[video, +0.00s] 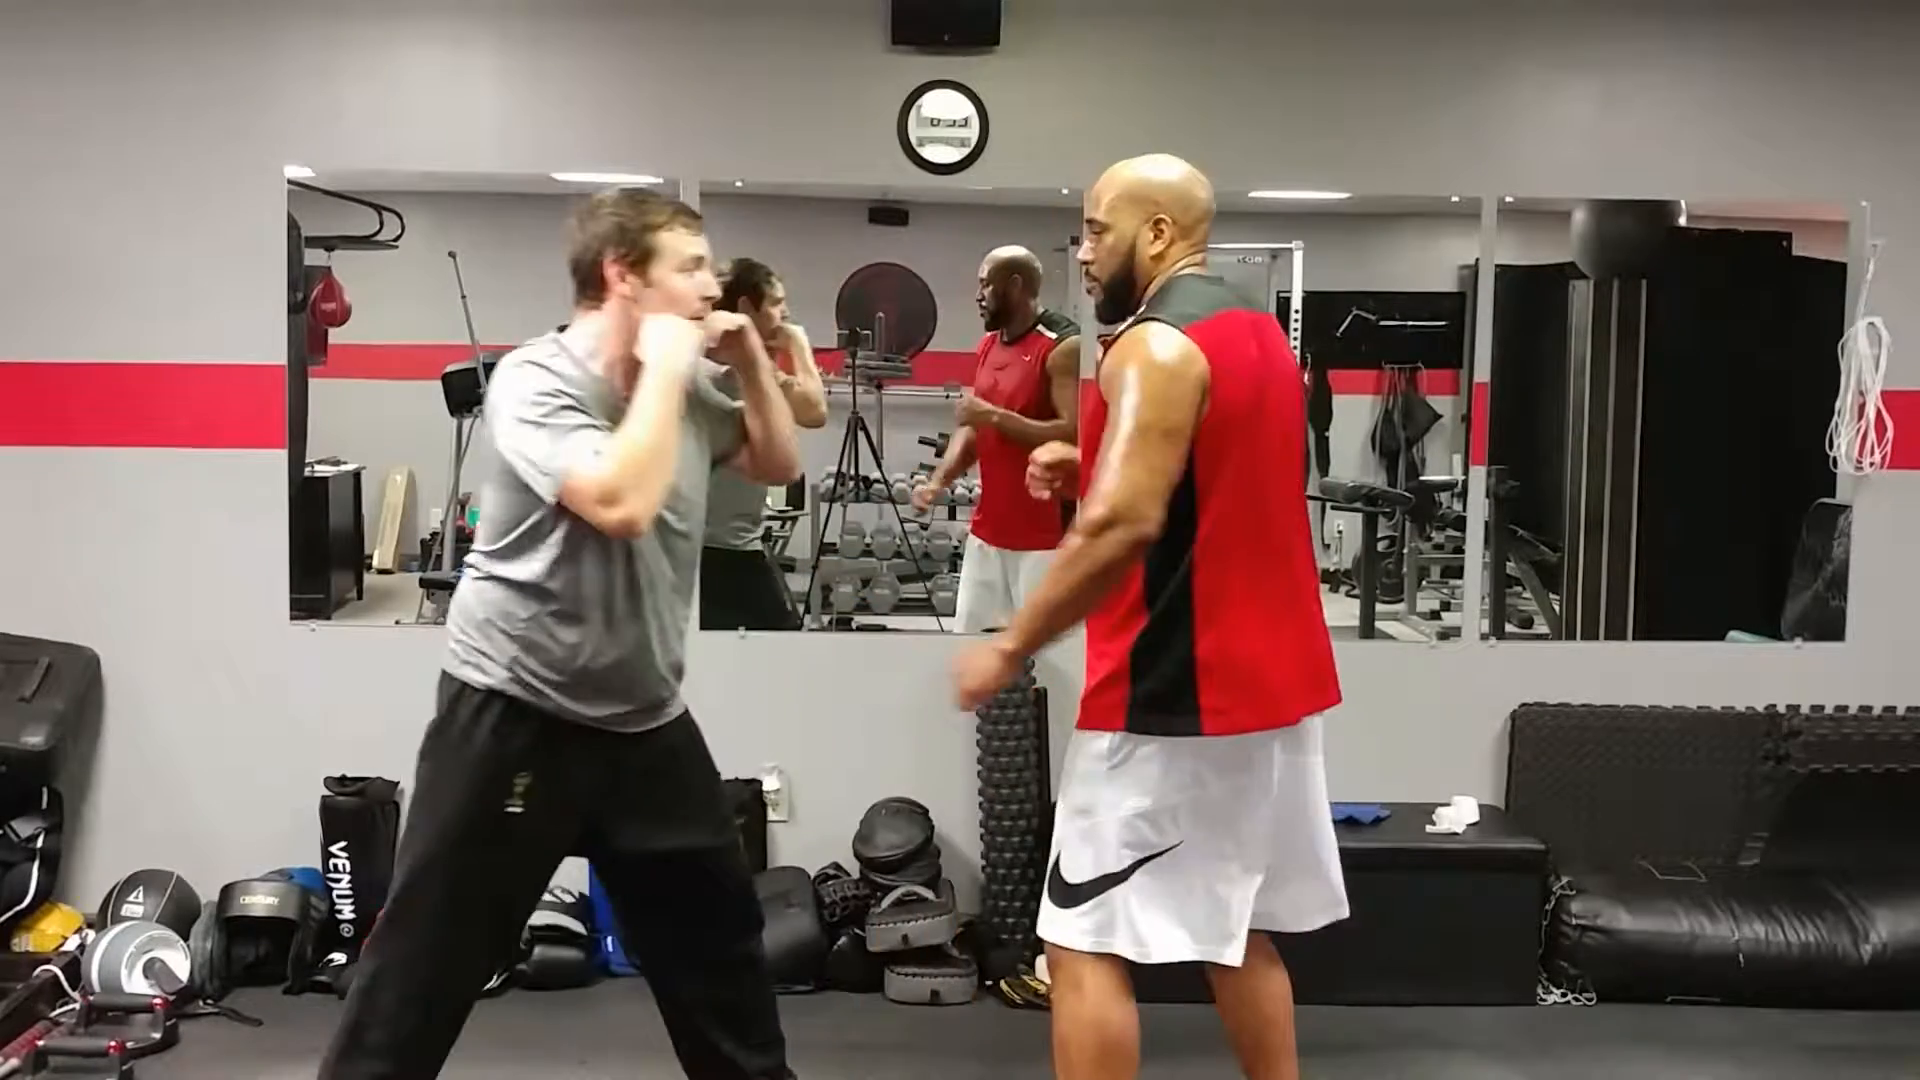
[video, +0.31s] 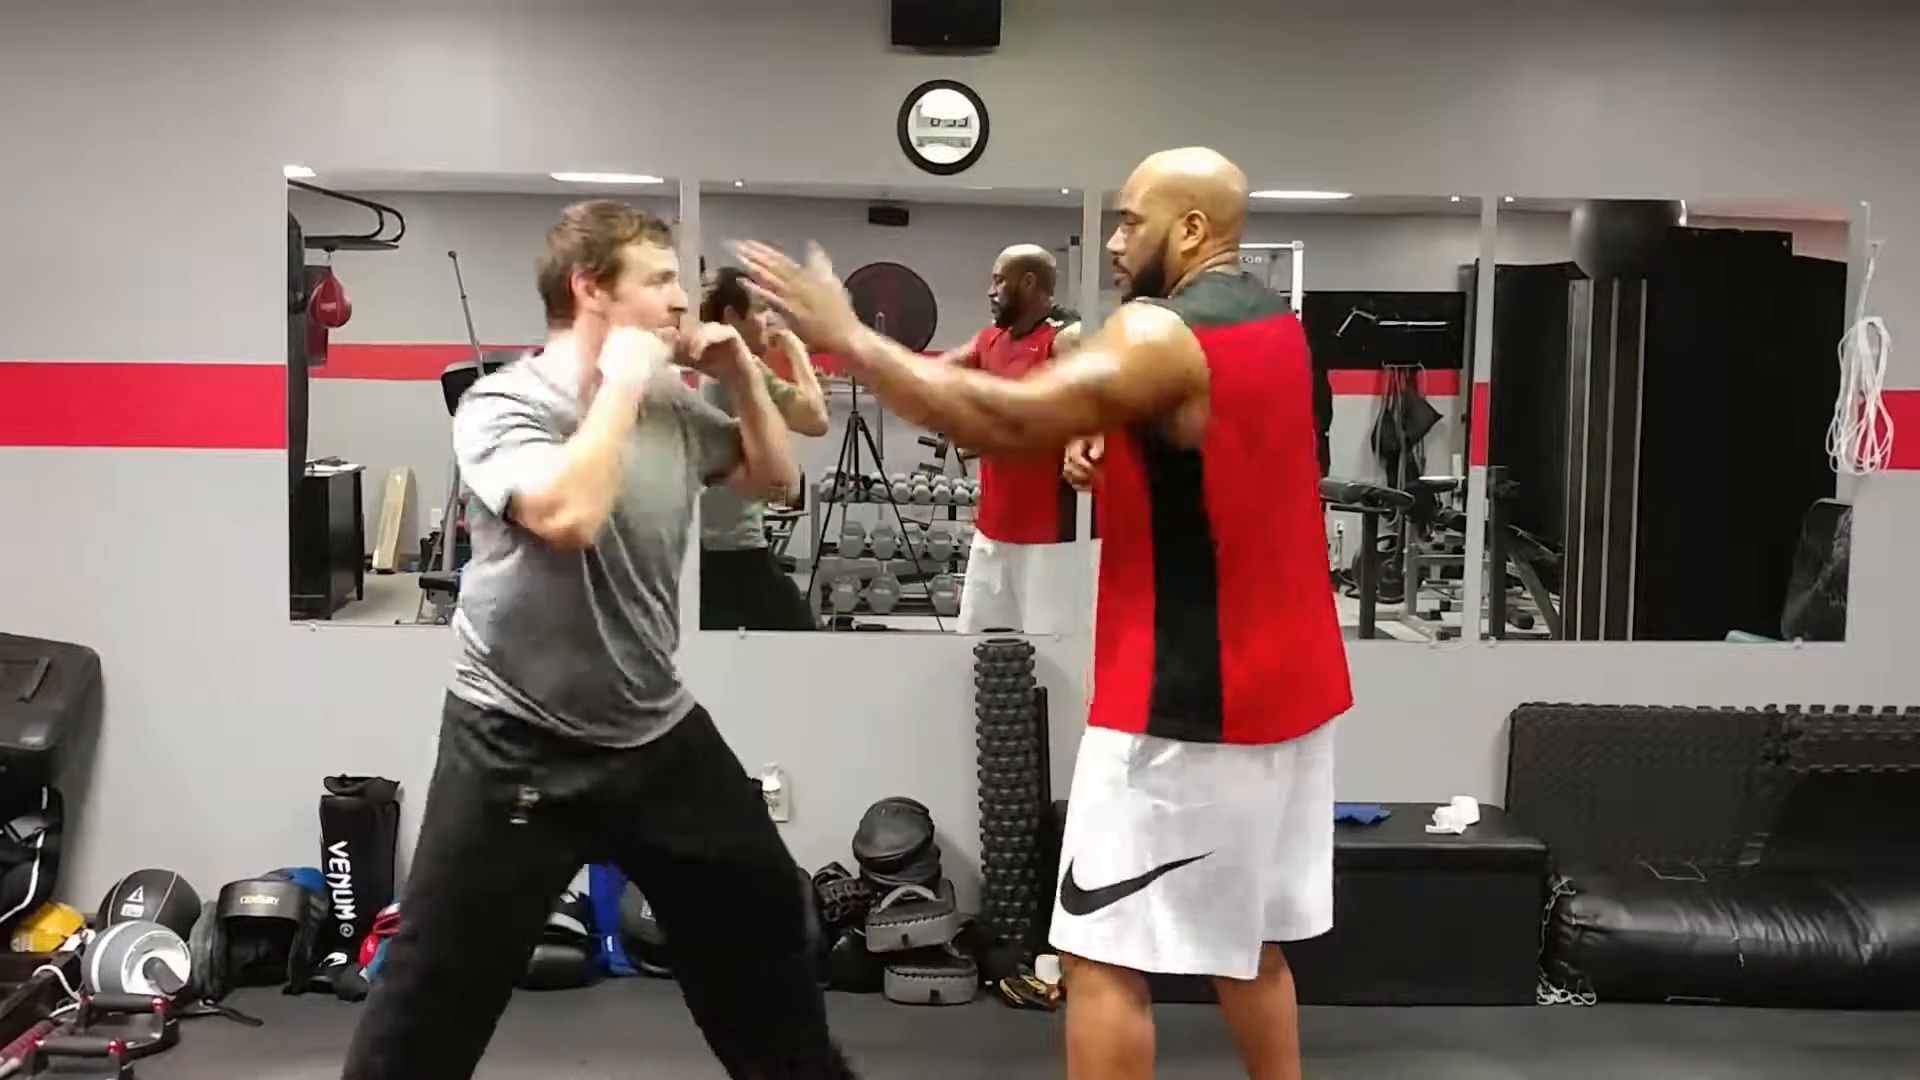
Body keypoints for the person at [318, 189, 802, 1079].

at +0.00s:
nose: (712, 292)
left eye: (710, 274)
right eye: (693, 272)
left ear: (628, 280)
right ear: (620, 278)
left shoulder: (678, 388)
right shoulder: (528, 384)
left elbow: (776, 462)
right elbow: (621, 502)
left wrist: (754, 364)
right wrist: (666, 367)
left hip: (647, 727)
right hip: (512, 717)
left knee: (721, 969)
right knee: (417, 981)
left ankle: (758, 1079)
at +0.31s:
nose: (682, 303)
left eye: (682, 284)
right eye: (662, 282)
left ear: (599, 294)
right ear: (590, 293)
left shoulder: (669, 403)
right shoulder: (500, 406)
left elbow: (775, 473)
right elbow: (563, 517)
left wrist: (743, 370)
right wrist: (625, 383)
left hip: (658, 736)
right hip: (511, 740)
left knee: (765, 926)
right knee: (435, 987)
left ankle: (800, 1071)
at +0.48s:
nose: (760, 302)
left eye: (756, 285)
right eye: (741, 285)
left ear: (680, 305)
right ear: (672, 303)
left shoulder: (711, 395)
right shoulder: (678, 382)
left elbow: (785, 530)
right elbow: (875, 412)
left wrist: (799, 425)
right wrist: (1012, 430)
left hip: (725, 743)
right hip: (616, 737)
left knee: (835, 952)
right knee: (499, 968)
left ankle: (912, 1073)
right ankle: (405, 1074)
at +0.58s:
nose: (860, 313)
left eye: (851, 296)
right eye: (838, 296)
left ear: (780, 327)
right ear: (776, 322)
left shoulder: (767, 402)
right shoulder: (802, 407)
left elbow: (928, 417)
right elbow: (996, 466)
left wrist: (1007, 371)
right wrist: (1101, 450)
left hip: (771, 741)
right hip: (688, 729)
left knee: (884, 939)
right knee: (571, 968)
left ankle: (921, 1073)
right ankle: (439, 1073)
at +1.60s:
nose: (968, 347)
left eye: (969, 328)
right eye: (953, 323)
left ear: (886, 328)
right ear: (887, 325)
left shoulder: (883, 424)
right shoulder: (854, 431)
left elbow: (1019, 497)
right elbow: (1024, 524)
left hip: (815, 730)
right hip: (711, 714)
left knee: (897, 939)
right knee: (642, 971)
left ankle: (911, 1073)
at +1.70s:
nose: (963, 339)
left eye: (962, 320)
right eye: (945, 317)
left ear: (887, 325)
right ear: (883, 323)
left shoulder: (890, 422)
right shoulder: (853, 431)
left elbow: (1028, 500)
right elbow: (1025, 546)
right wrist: (1151, 565)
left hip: (814, 726)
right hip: (708, 713)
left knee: (901, 932)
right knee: (643, 962)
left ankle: (918, 1072)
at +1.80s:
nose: (954, 335)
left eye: (953, 315)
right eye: (936, 313)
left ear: (871, 324)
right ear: (868, 322)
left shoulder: (889, 425)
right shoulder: (829, 426)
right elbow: (937, 583)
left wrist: (953, 488)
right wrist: (1085, 572)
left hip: (806, 721)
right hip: (698, 710)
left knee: (894, 908)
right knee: (624, 953)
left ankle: (926, 1067)